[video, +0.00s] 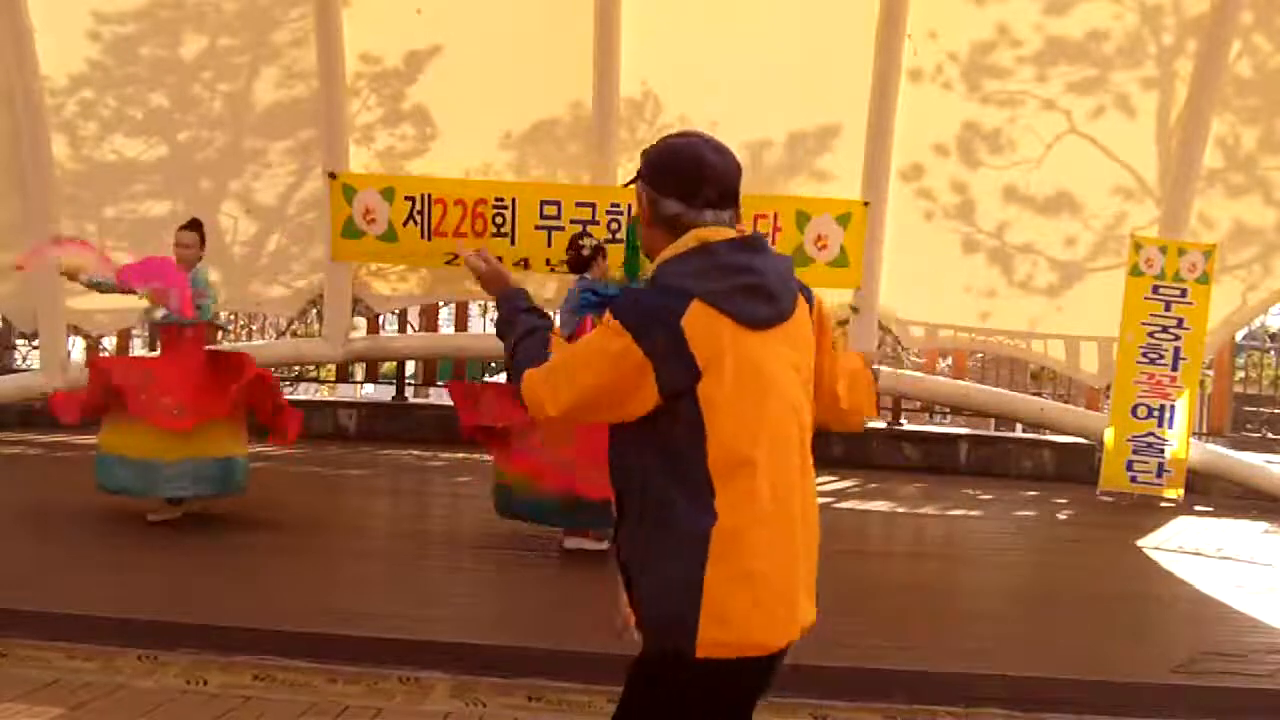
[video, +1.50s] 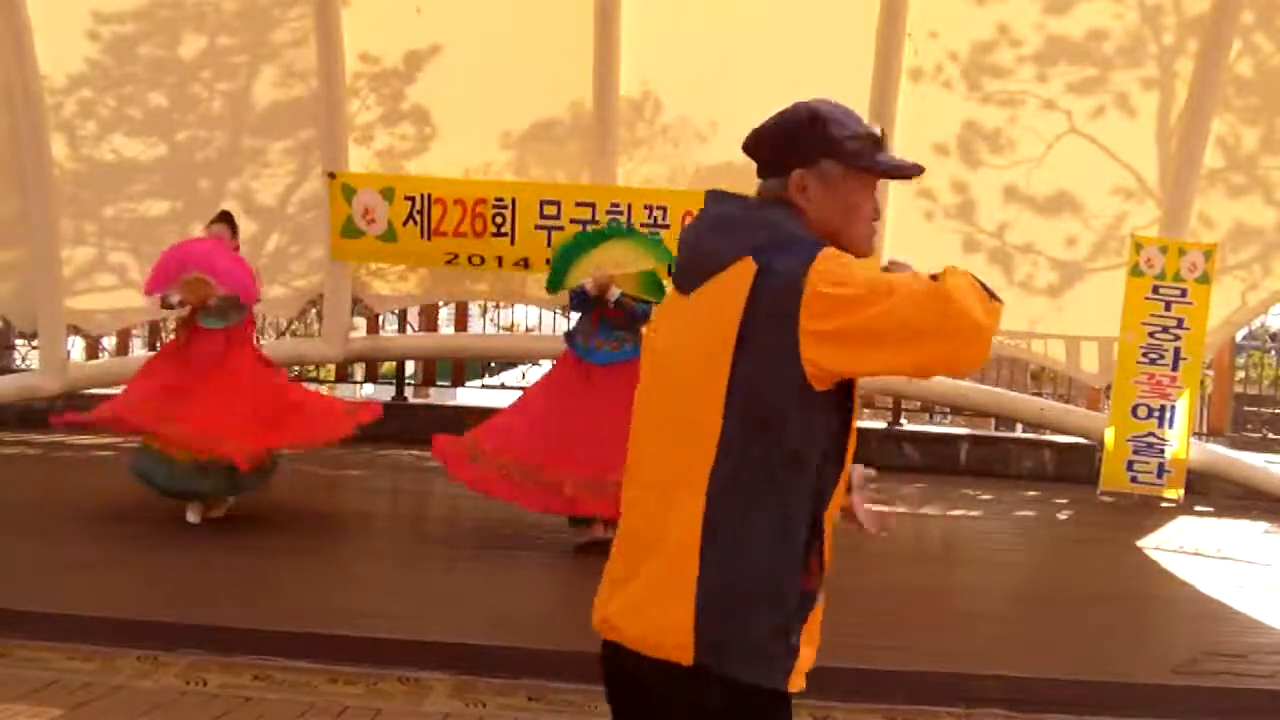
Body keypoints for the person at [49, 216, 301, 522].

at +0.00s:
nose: (180, 251)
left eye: (187, 246)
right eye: (177, 245)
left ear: (201, 250)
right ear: (173, 247)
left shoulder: (202, 279)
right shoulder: (167, 278)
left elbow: (210, 323)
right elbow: (126, 284)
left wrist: (166, 307)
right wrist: (83, 278)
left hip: (194, 360)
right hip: (168, 359)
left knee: (184, 424)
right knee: (172, 424)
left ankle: (176, 499)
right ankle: (183, 494)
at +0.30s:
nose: (198, 251)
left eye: (197, 245)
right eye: (195, 245)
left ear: (174, 245)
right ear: (181, 245)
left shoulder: (167, 279)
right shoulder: (175, 279)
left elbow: (211, 312)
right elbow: (215, 292)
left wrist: (233, 289)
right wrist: (256, 287)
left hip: (157, 356)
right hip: (173, 357)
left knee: (147, 422)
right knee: (182, 422)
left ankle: (142, 501)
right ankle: (177, 499)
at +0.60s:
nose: (178, 246)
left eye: (181, 240)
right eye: (180, 240)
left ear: (187, 244)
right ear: (208, 246)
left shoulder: (180, 280)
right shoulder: (218, 281)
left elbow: (147, 309)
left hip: (181, 359)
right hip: (213, 358)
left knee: (172, 422)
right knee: (210, 423)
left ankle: (174, 497)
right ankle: (212, 498)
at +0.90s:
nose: (191, 258)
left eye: (196, 252)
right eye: (192, 252)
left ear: (214, 255)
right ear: (207, 255)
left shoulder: (216, 287)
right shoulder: (202, 288)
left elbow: (199, 323)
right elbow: (185, 318)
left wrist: (170, 325)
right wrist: (163, 311)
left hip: (217, 359)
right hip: (206, 357)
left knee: (204, 419)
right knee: (211, 419)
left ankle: (198, 492)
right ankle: (215, 491)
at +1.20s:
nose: (202, 255)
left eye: (209, 248)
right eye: (199, 248)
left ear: (226, 251)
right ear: (196, 251)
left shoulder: (232, 285)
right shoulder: (190, 285)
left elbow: (241, 320)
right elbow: (177, 319)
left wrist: (211, 325)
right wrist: (182, 330)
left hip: (226, 362)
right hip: (193, 361)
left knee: (223, 426)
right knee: (196, 427)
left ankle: (219, 493)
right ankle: (194, 496)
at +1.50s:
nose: (216, 240)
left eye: (223, 235)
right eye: (212, 233)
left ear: (235, 243)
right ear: (205, 236)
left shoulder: (238, 277)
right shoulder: (196, 269)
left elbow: (238, 300)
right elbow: (170, 299)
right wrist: (184, 299)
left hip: (230, 355)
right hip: (194, 353)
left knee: (225, 421)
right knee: (191, 420)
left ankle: (220, 491)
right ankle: (194, 494)